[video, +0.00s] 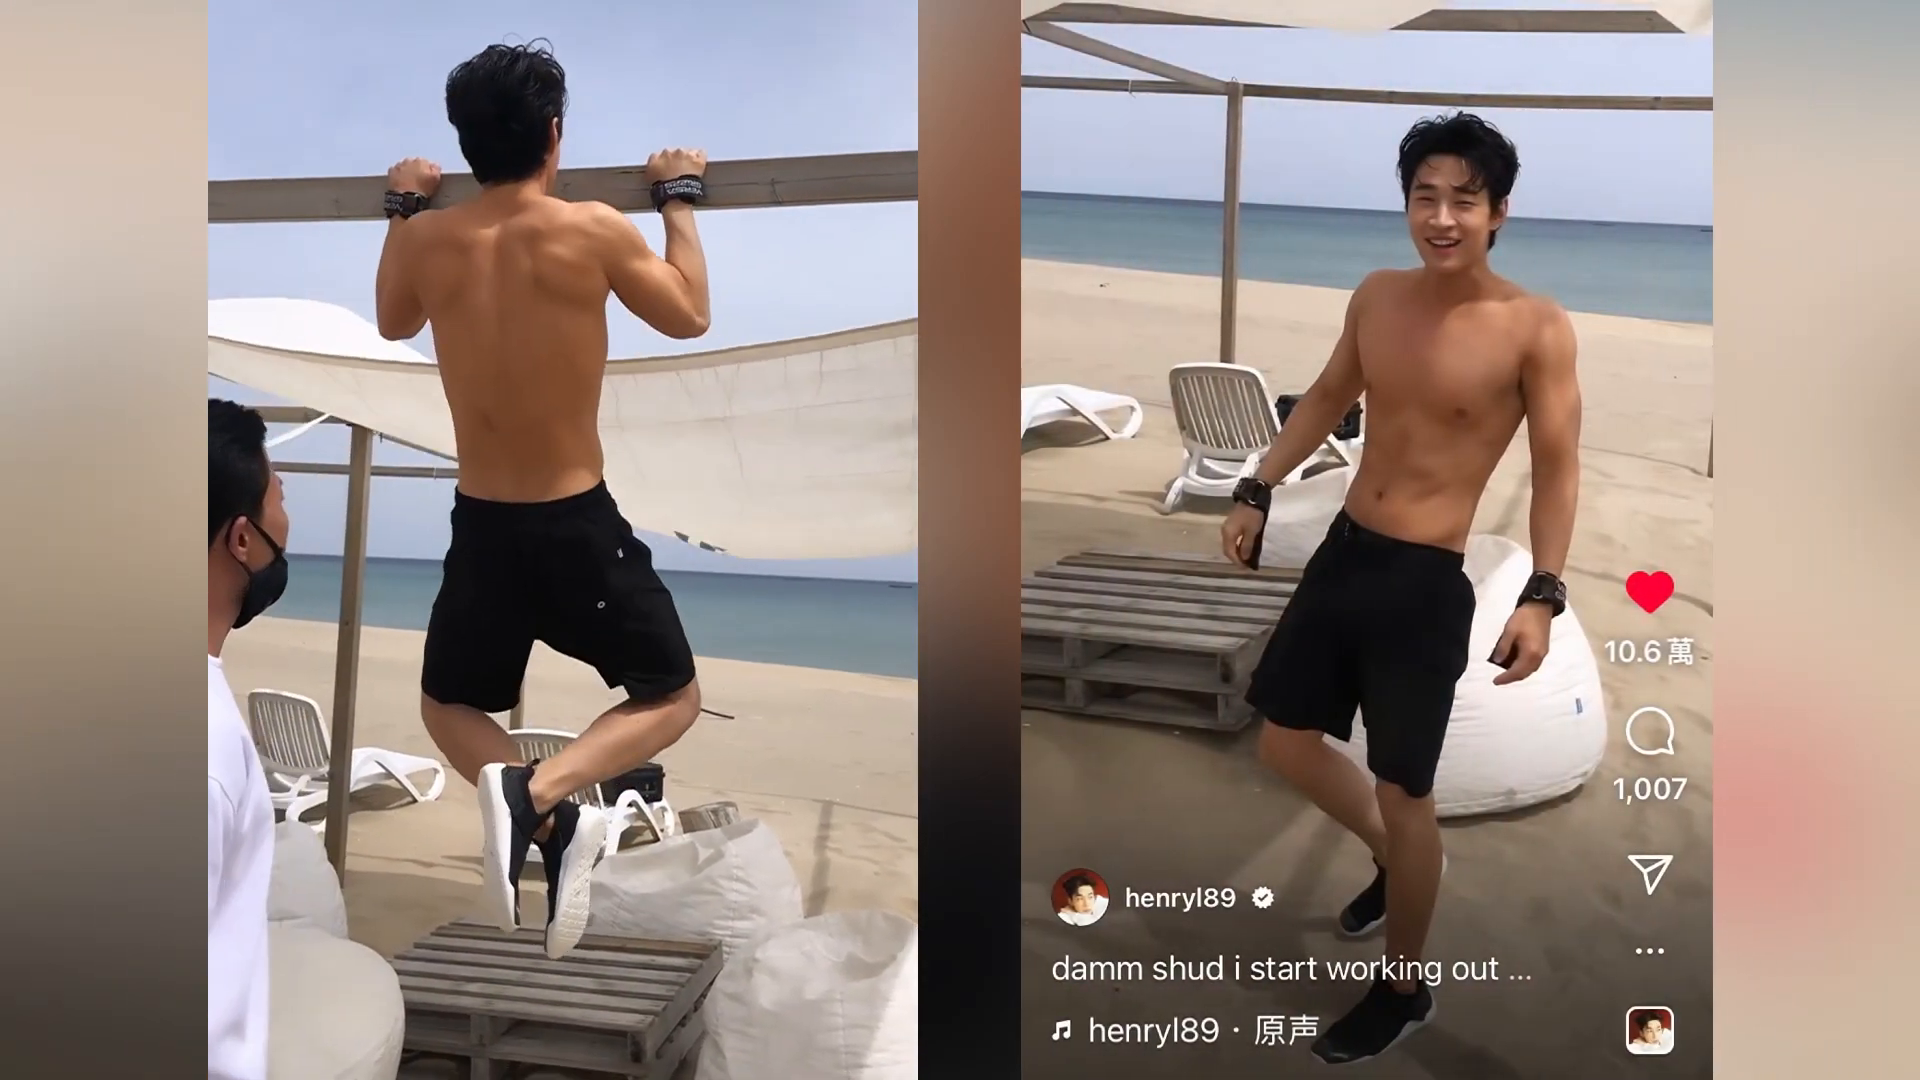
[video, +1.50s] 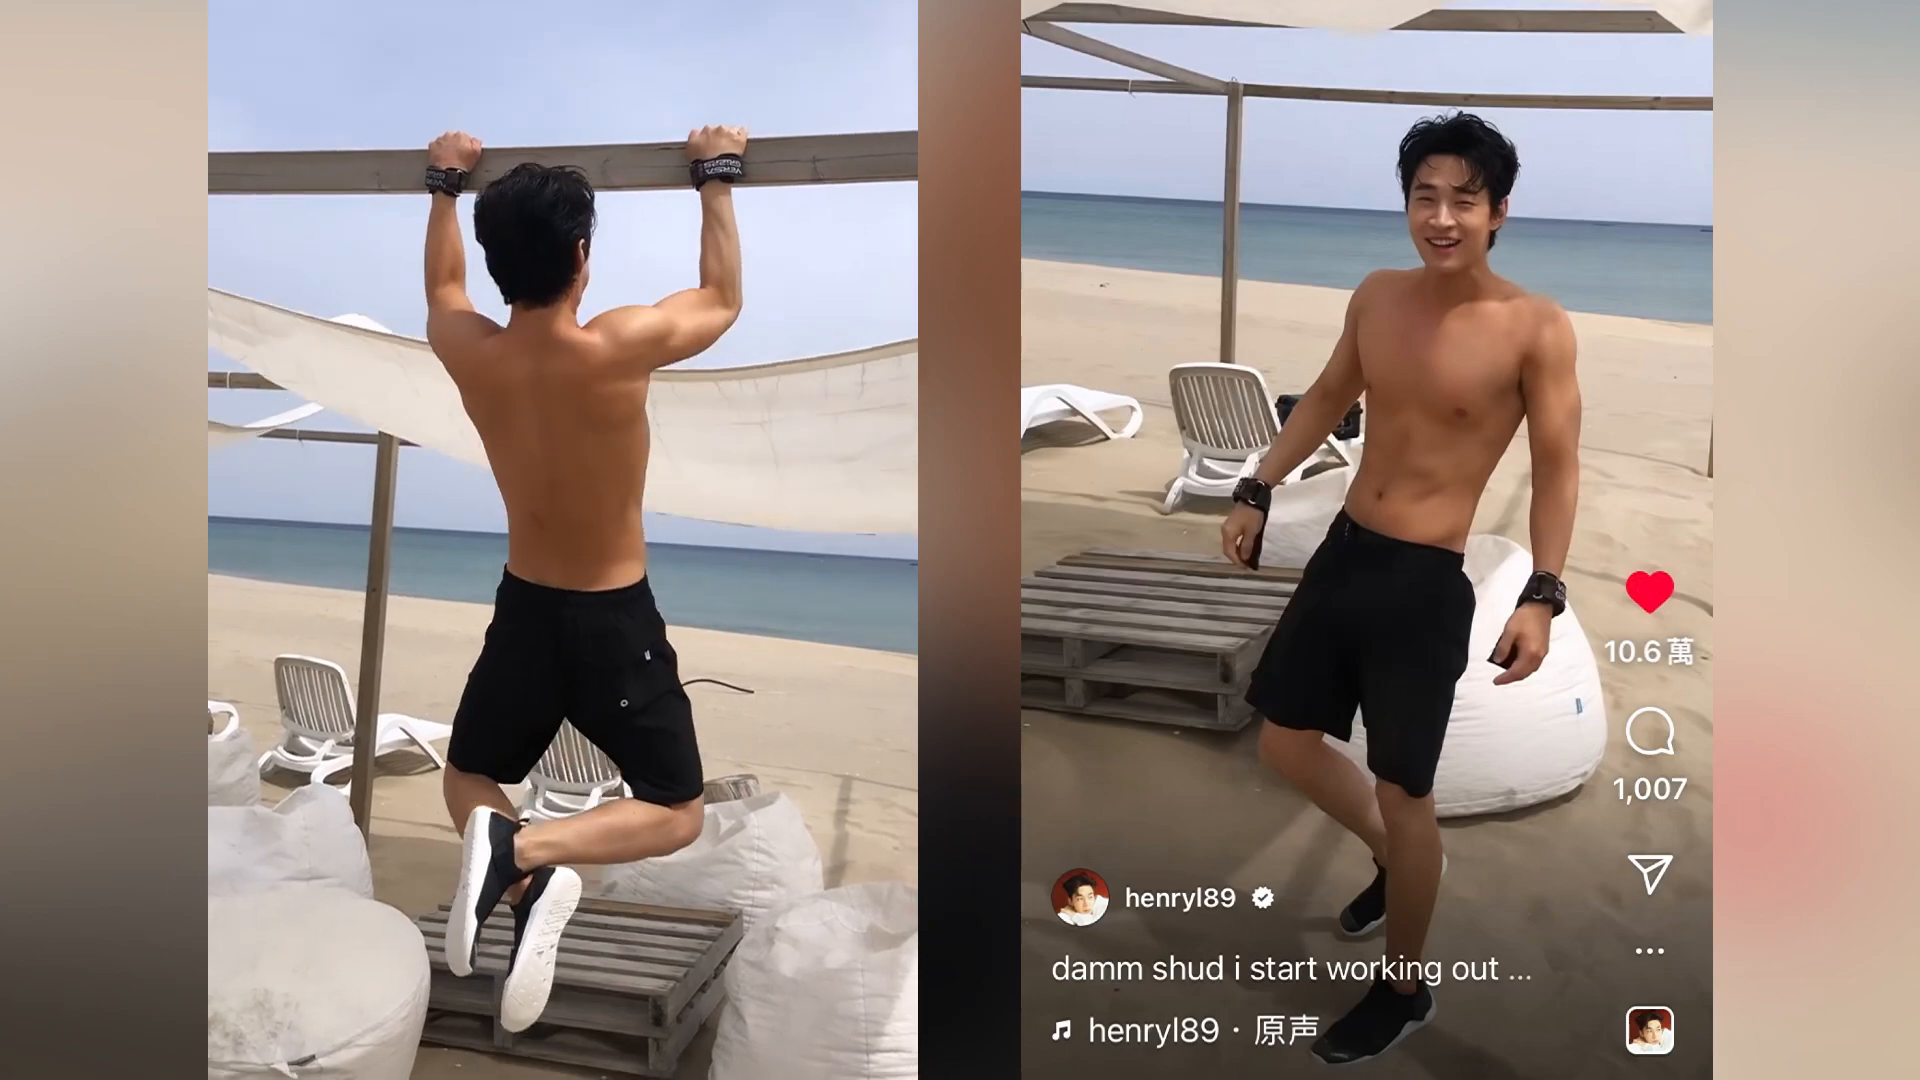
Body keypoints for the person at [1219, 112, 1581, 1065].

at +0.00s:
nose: (1440, 216)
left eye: (1462, 198)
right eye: (1424, 197)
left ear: (1498, 210)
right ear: (1406, 208)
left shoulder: (1534, 328)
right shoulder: (1378, 297)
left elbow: (1556, 468)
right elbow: (1329, 398)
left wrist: (1540, 595)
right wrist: (1256, 484)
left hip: (1427, 579)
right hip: (1345, 554)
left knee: (1402, 799)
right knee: (1284, 742)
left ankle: (1402, 981)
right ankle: (1398, 847)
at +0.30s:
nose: (1440, 216)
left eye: (1462, 198)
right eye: (1424, 197)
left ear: (1498, 210)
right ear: (1406, 208)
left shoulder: (1534, 328)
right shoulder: (1378, 297)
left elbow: (1556, 468)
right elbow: (1329, 398)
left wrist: (1540, 595)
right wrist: (1256, 484)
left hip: (1427, 579)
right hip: (1345, 554)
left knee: (1402, 799)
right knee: (1284, 742)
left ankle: (1402, 981)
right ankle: (1398, 847)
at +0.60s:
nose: (1440, 216)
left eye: (1462, 198)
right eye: (1424, 197)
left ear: (1498, 210)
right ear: (1406, 208)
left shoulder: (1534, 328)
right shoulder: (1378, 297)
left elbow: (1556, 468)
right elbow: (1329, 398)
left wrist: (1540, 595)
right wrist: (1256, 484)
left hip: (1427, 579)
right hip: (1345, 554)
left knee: (1402, 799)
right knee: (1284, 742)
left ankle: (1402, 981)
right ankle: (1398, 847)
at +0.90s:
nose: (1440, 216)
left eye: (1462, 198)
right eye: (1424, 197)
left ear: (1498, 210)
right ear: (1406, 208)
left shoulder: (1534, 328)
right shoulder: (1378, 297)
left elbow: (1556, 468)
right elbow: (1329, 398)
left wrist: (1540, 595)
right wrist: (1256, 484)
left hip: (1427, 579)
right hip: (1345, 554)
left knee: (1402, 799)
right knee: (1284, 742)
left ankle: (1402, 981)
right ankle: (1398, 847)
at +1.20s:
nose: (1440, 216)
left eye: (1462, 198)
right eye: (1424, 197)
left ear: (1498, 210)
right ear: (1406, 208)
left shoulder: (1535, 328)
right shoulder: (1378, 296)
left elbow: (1556, 468)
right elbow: (1330, 398)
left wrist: (1540, 595)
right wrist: (1255, 484)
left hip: (1426, 579)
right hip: (1345, 553)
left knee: (1402, 799)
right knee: (1284, 742)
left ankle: (1403, 981)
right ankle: (1398, 847)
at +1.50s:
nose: (1440, 216)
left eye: (1462, 198)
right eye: (1424, 197)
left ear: (1498, 210)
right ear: (1406, 208)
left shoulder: (1535, 328)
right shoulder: (1378, 296)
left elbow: (1556, 468)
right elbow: (1330, 398)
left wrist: (1540, 595)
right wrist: (1255, 484)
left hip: (1426, 579)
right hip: (1345, 553)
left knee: (1402, 799)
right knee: (1284, 742)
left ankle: (1403, 981)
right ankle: (1398, 847)